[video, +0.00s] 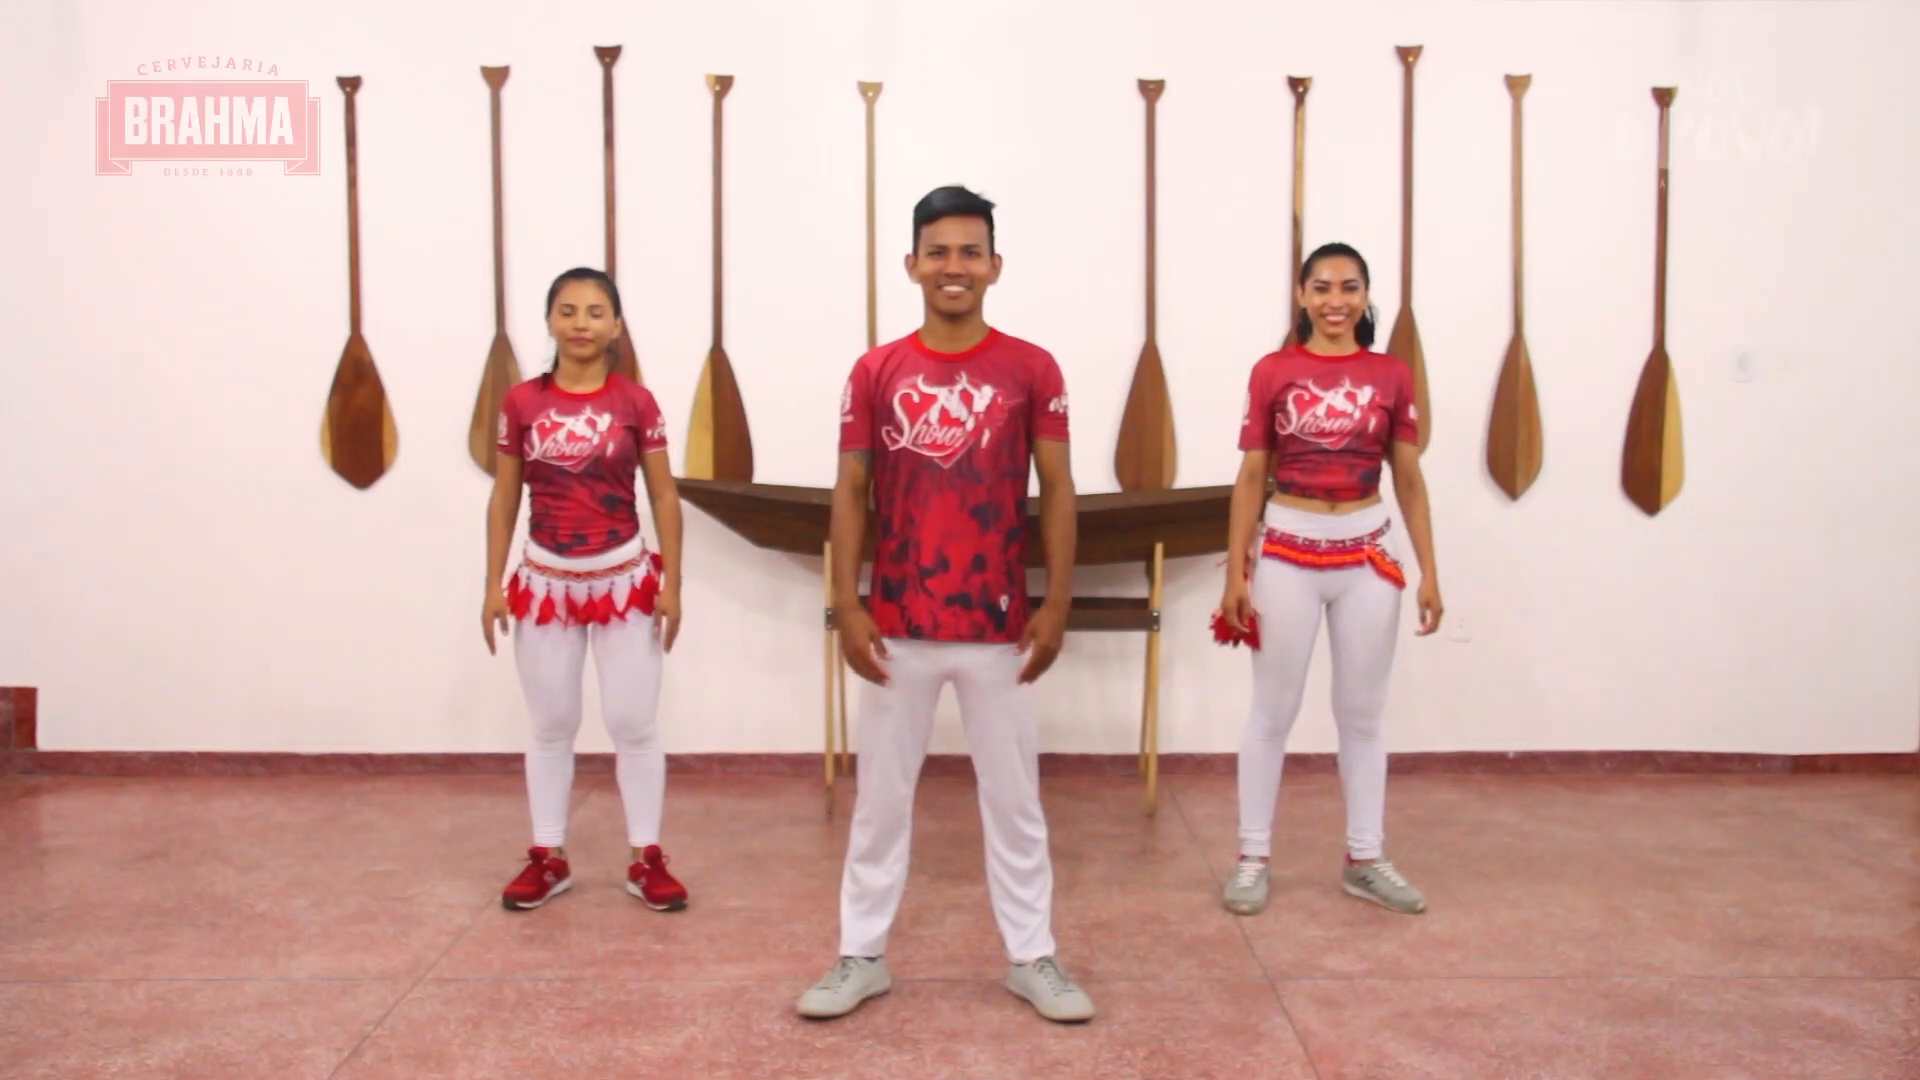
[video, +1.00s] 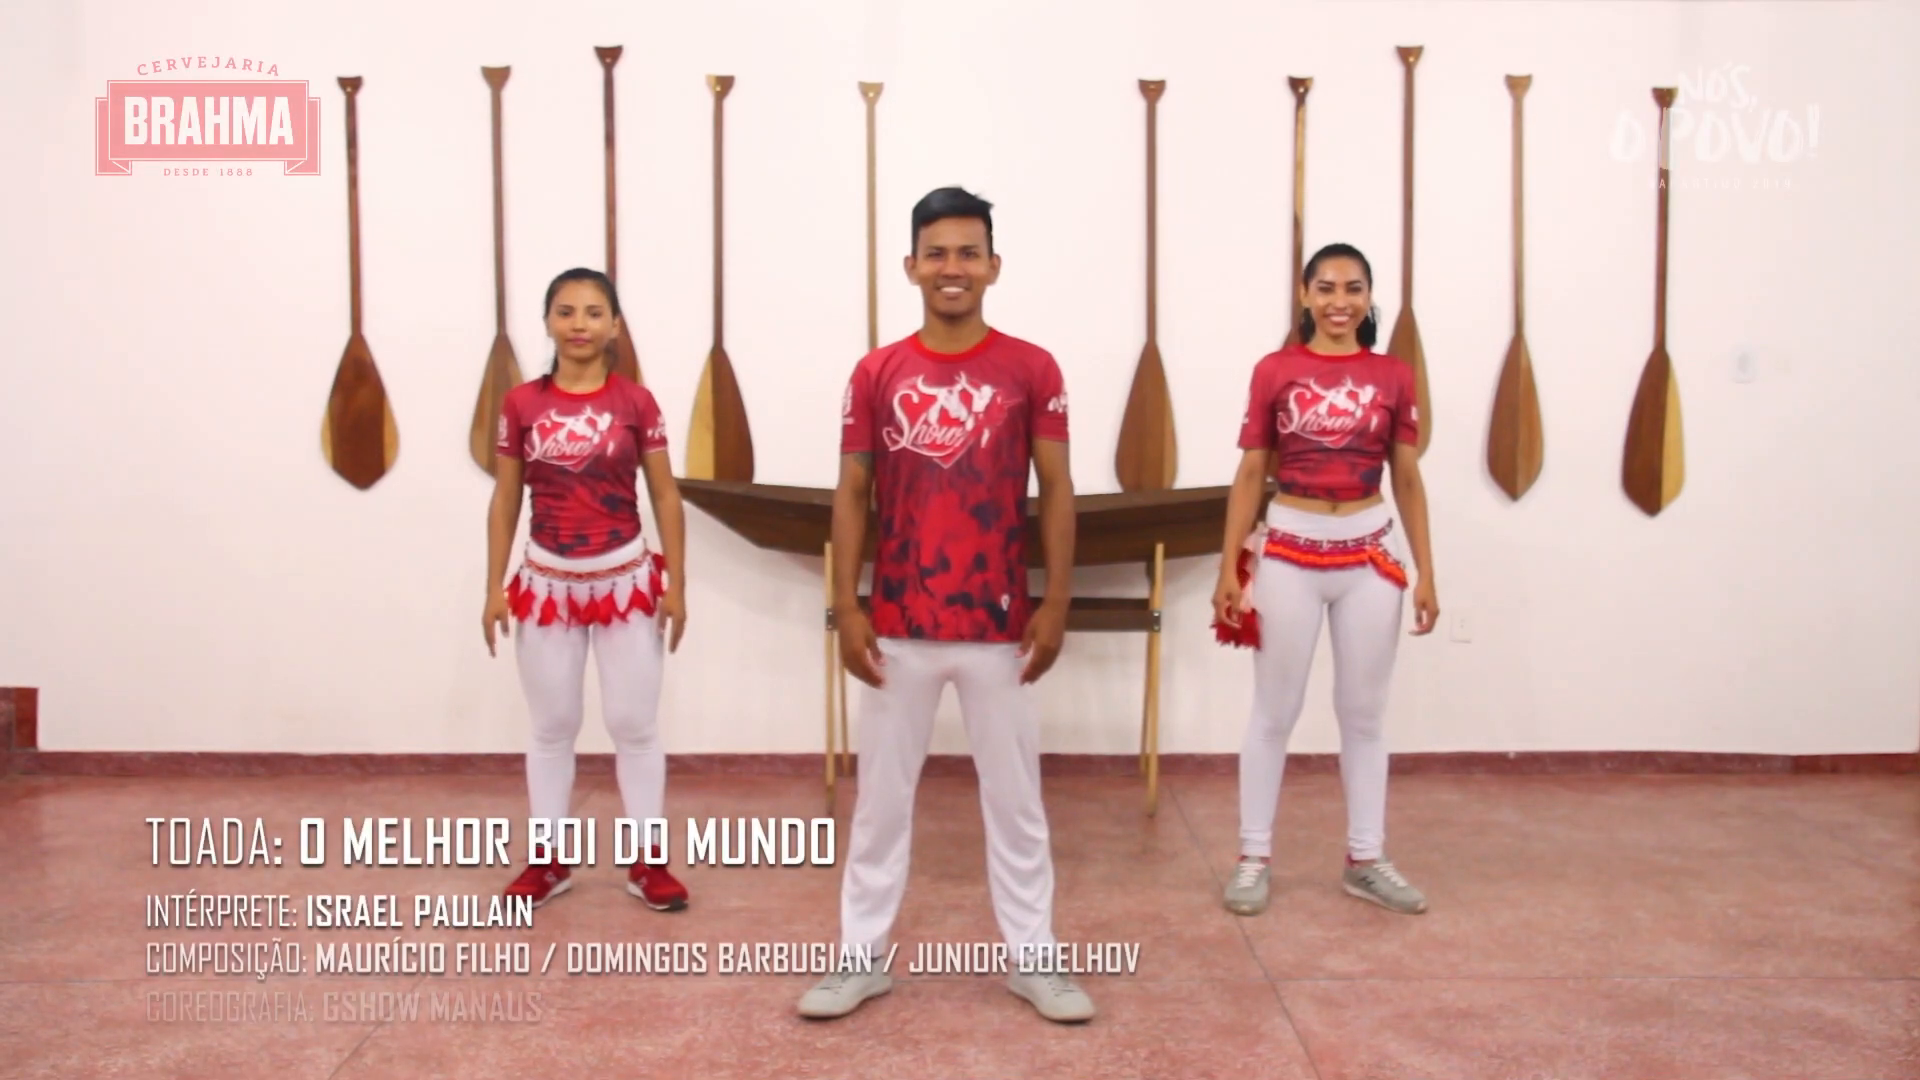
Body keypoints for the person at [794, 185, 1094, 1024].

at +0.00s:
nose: (955, 266)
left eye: (971, 252)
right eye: (939, 252)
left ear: (993, 264)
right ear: (914, 265)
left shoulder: (1032, 369)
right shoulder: (875, 373)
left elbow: (1058, 490)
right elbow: (850, 494)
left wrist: (1058, 602)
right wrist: (844, 604)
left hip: (997, 625)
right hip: (898, 624)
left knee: (1014, 800)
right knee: (881, 797)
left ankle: (1032, 955)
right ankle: (861, 953)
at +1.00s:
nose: (953, 268)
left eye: (969, 253)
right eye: (937, 254)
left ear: (991, 264)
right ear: (913, 266)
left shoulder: (1031, 369)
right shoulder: (876, 374)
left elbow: (1057, 491)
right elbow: (851, 496)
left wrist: (1057, 601)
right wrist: (844, 604)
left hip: (997, 623)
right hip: (899, 622)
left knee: (1015, 800)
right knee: (881, 797)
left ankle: (1034, 955)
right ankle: (862, 954)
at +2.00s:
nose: (962, 270)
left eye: (977, 255)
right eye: (946, 256)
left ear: (998, 266)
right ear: (919, 267)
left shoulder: (1034, 371)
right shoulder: (879, 373)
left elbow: (1058, 492)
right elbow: (852, 494)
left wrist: (1059, 601)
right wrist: (845, 605)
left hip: (999, 624)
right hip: (901, 623)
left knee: (1016, 799)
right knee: (881, 796)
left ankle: (1033, 954)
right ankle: (863, 953)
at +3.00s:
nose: (954, 248)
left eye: (973, 235)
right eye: (942, 238)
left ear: (1009, 258)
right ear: (929, 265)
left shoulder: (1043, 344)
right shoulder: (914, 352)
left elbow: (1147, 297)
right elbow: (872, 301)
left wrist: (1239, 233)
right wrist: (906, 206)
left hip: (1029, 623)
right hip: (935, 624)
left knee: (1033, 803)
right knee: (878, 798)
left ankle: (1035, 958)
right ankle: (819, 975)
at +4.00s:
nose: (839, 251)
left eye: (859, 237)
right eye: (823, 235)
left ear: (888, 258)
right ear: (800, 254)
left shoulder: (910, 351)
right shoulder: (757, 352)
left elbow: (960, 243)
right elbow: (626, 324)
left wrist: (853, 157)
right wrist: (508, 299)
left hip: (860, 643)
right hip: (766, 641)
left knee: (854, 837)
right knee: (770, 838)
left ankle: (875, 985)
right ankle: (801, 1007)